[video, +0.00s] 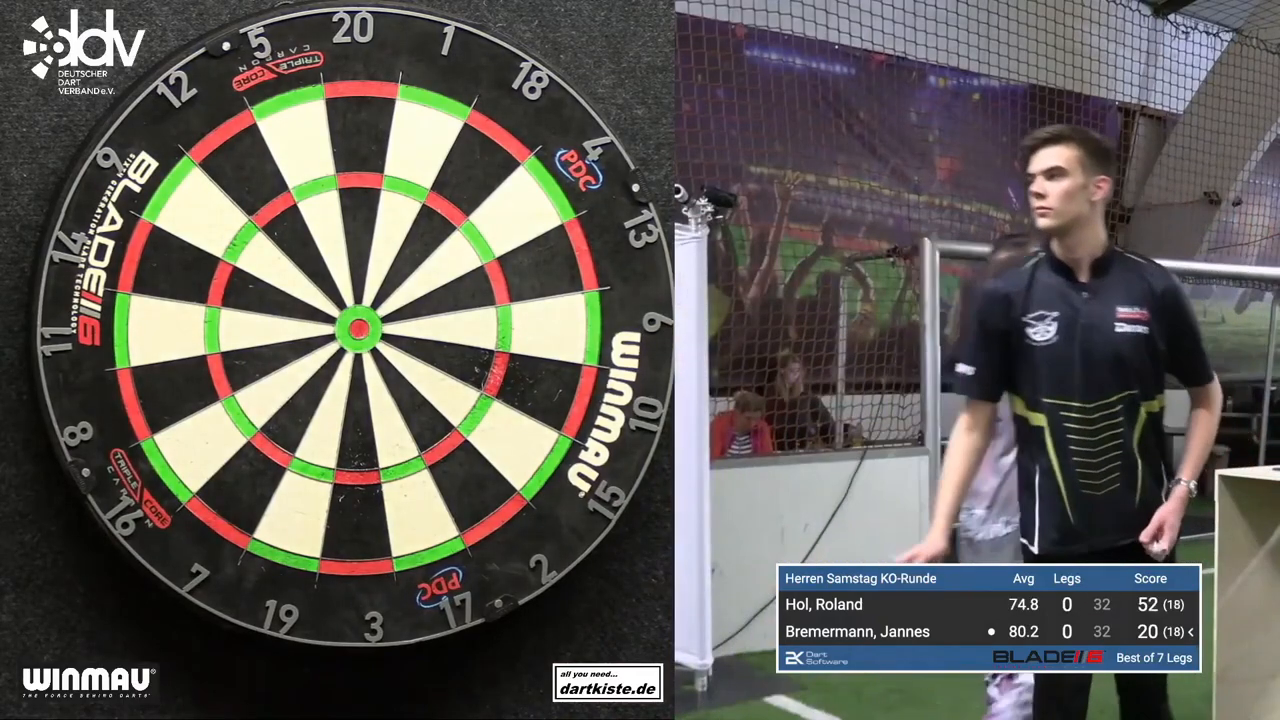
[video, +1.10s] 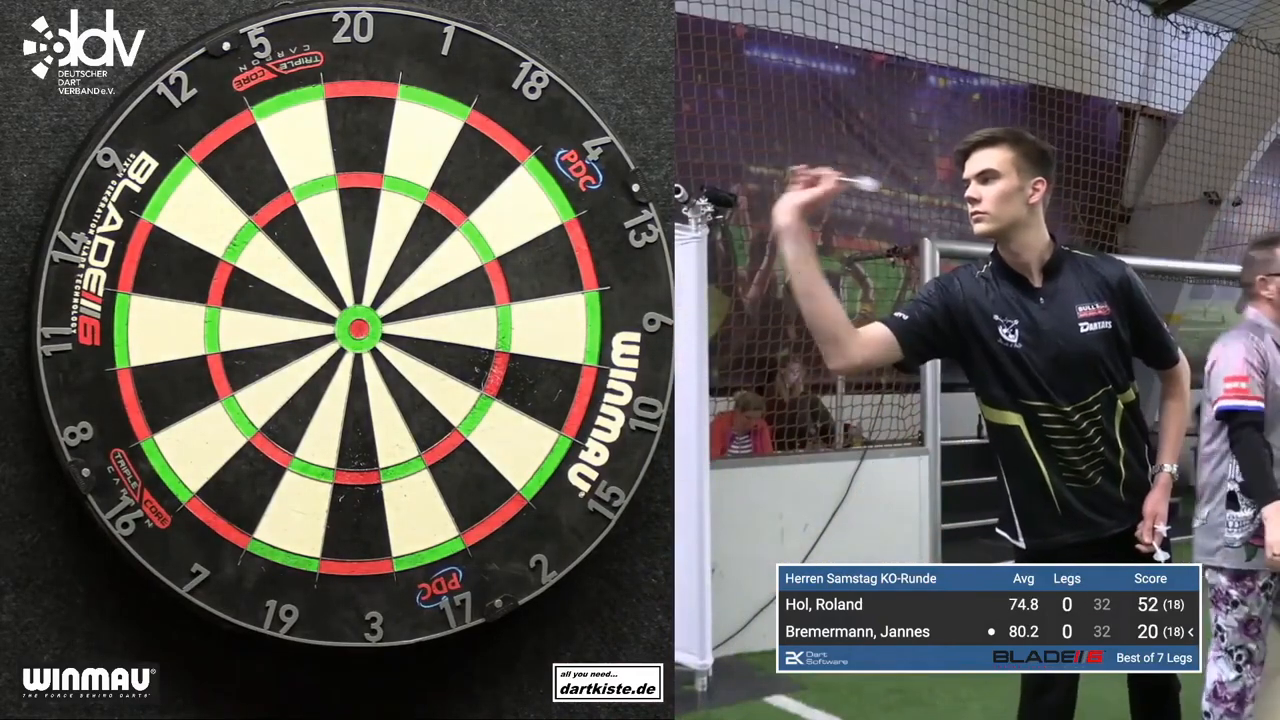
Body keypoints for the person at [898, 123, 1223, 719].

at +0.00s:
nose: (1036, 190)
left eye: (1053, 176)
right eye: (1031, 180)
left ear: (1100, 188)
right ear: (1027, 193)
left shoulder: (1154, 289)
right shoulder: (1007, 296)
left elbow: (1207, 397)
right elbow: (974, 424)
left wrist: (1180, 495)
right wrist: (939, 530)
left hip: (1141, 534)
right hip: (1052, 538)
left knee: (1147, 698)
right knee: (1058, 702)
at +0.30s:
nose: (993, 189)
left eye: (1011, 175)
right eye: (990, 179)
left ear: (1059, 185)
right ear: (987, 192)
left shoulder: (1124, 281)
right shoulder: (974, 306)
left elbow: (1190, 381)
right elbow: (929, 432)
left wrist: (1174, 483)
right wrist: (865, 546)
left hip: (1137, 534)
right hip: (1045, 546)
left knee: (1159, 695)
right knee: (1046, 703)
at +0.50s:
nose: (978, 193)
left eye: (996, 178)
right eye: (976, 182)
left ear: (1045, 190)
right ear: (976, 196)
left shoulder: (1116, 280)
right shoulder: (965, 305)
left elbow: (1186, 374)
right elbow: (891, 408)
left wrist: (1175, 479)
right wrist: (799, 520)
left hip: (1140, 527)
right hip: (1049, 541)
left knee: (1162, 692)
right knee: (1051, 699)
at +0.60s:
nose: (976, 193)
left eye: (993, 178)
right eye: (972, 183)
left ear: (1042, 189)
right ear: (970, 198)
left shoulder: (1114, 279)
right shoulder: (964, 299)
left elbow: (1182, 371)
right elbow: (864, 384)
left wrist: (1174, 478)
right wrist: (753, 463)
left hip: (1145, 526)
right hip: (1054, 543)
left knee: (1164, 694)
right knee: (1050, 703)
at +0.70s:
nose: (974, 192)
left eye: (991, 178)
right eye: (970, 183)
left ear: (1040, 190)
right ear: (972, 198)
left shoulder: (1111, 279)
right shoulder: (962, 297)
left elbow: (1182, 374)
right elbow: (844, 364)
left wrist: (1171, 480)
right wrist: (714, 377)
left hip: (1141, 528)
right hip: (1049, 544)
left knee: (1163, 695)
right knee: (1049, 704)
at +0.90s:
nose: (972, 193)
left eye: (988, 178)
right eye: (969, 183)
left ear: (1039, 190)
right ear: (967, 198)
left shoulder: (1109, 280)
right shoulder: (961, 295)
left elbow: (1178, 378)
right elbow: (849, 352)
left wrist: (1167, 481)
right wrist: (725, 277)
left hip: (1138, 527)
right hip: (1047, 541)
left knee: (1161, 692)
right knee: (1049, 700)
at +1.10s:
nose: (970, 194)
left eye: (988, 179)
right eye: (967, 183)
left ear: (1036, 190)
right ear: (967, 199)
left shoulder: (1110, 278)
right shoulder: (961, 297)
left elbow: (1176, 373)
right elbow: (845, 350)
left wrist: (1164, 479)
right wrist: (791, 232)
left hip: (1136, 527)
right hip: (1045, 543)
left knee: (1157, 691)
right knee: (1049, 700)